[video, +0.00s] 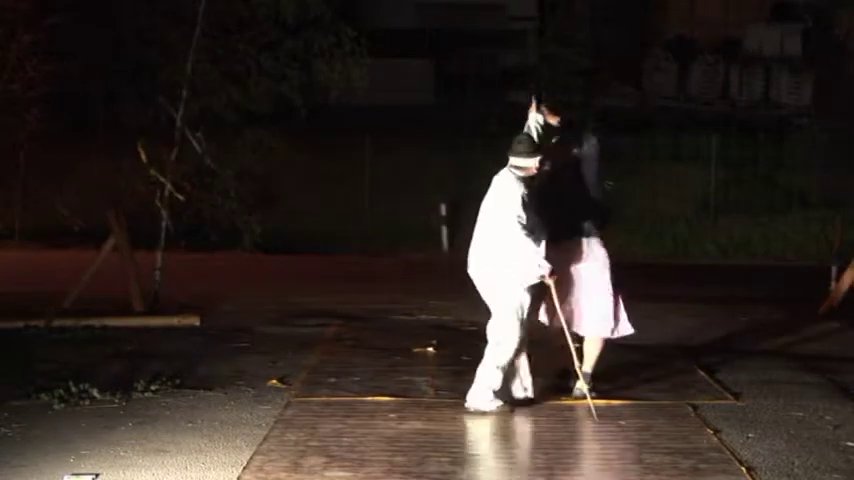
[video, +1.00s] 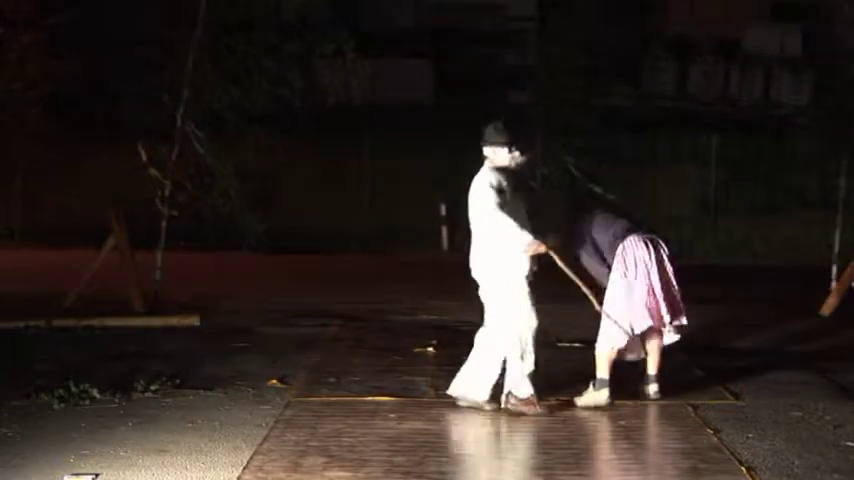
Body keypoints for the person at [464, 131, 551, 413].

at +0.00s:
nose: (539, 165)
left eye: (539, 159)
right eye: (535, 160)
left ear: (517, 159)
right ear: (525, 162)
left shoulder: (512, 180)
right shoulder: (510, 189)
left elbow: (527, 145)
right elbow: (513, 236)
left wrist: (535, 121)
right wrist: (539, 265)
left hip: (502, 265)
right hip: (496, 268)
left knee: (513, 325)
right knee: (508, 327)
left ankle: (519, 388)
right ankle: (481, 394)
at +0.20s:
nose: (547, 164)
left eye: (547, 159)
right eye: (546, 159)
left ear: (527, 153)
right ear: (543, 158)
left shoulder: (518, 173)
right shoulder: (530, 180)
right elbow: (538, 219)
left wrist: (548, 251)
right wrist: (559, 250)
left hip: (493, 251)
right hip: (507, 258)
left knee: (542, 278)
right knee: (506, 325)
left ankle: (530, 339)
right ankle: (483, 391)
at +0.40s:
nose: (567, 154)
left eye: (566, 149)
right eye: (566, 150)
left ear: (539, 147)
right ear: (562, 151)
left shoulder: (515, 173)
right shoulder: (562, 183)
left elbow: (500, 205)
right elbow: (582, 219)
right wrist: (595, 247)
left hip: (499, 246)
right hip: (528, 252)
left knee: (537, 301)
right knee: (531, 309)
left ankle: (540, 352)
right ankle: (507, 378)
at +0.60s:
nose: (550, 165)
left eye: (548, 160)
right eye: (547, 160)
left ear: (521, 162)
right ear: (538, 163)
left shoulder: (505, 192)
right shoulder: (543, 195)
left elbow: (500, 233)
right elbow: (570, 227)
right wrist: (601, 252)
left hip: (509, 272)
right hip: (535, 273)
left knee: (535, 328)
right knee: (557, 326)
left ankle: (522, 388)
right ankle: (533, 391)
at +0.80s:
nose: (536, 145)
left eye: (534, 139)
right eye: (530, 141)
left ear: (509, 145)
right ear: (515, 145)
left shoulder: (497, 175)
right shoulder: (522, 178)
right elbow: (542, 214)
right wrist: (571, 242)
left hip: (501, 260)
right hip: (521, 263)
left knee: (514, 320)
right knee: (530, 320)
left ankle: (517, 384)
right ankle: (524, 389)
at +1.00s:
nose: (516, 155)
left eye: (515, 149)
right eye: (510, 150)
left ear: (497, 151)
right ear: (493, 152)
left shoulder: (502, 181)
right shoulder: (485, 184)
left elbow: (506, 226)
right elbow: (496, 226)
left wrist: (528, 246)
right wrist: (527, 243)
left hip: (509, 268)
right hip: (496, 269)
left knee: (499, 325)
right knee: (522, 322)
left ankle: (469, 388)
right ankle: (518, 390)